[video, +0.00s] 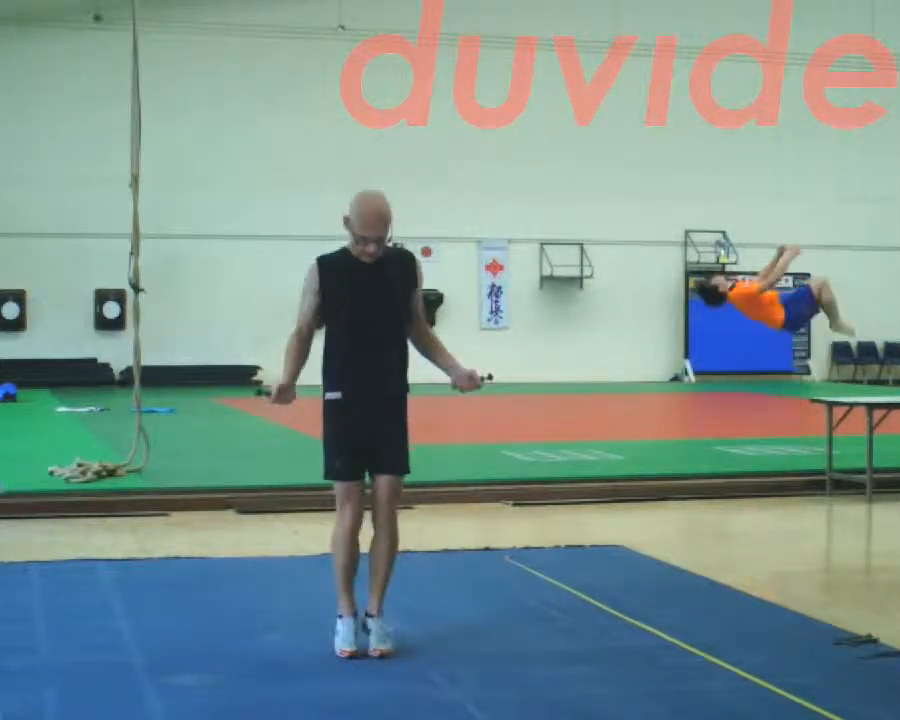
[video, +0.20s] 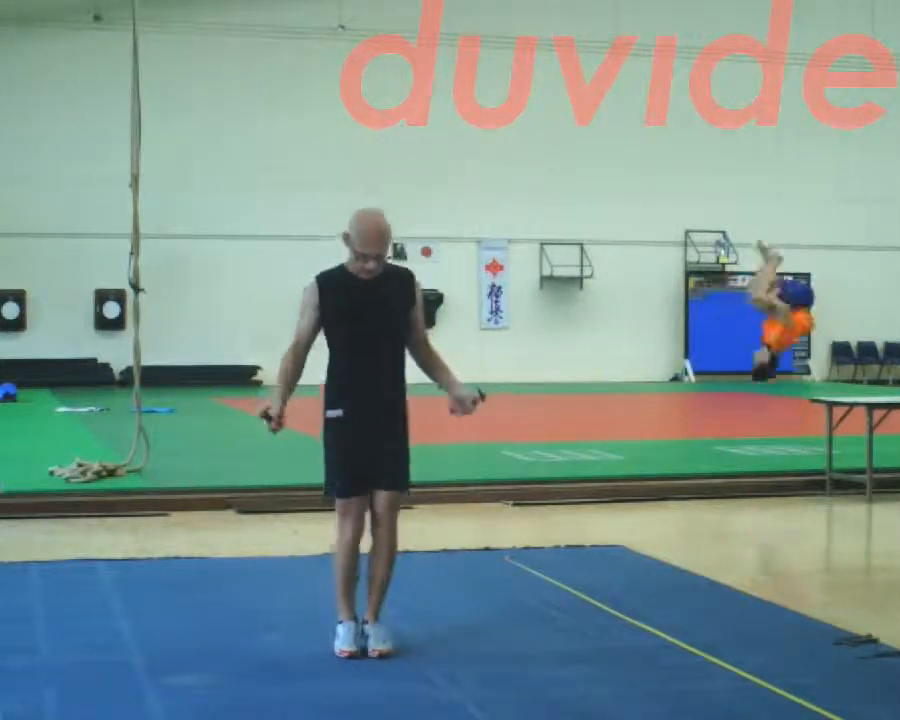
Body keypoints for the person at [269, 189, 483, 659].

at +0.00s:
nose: (371, 248)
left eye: (379, 240)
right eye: (363, 240)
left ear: (390, 228)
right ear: (347, 228)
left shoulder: (405, 266)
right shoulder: (325, 270)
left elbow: (419, 330)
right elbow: (303, 331)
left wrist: (455, 369)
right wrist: (288, 382)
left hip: (390, 400)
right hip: (343, 401)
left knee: (386, 505)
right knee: (350, 508)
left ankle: (375, 615)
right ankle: (346, 616)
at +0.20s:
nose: (371, 265)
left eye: (378, 257)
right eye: (362, 257)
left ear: (389, 246)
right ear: (346, 245)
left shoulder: (404, 283)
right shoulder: (324, 288)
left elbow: (420, 346)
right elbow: (299, 349)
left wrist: (454, 387)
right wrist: (279, 398)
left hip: (390, 410)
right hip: (345, 412)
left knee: (386, 512)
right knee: (351, 513)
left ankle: (373, 621)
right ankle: (346, 621)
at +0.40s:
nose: (374, 243)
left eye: (381, 235)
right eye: (365, 235)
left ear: (390, 224)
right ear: (349, 222)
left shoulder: (404, 262)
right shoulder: (325, 267)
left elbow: (415, 327)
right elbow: (305, 328)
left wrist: (446, 368)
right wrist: (287, 378)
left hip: (392, 396)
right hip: (345, 397)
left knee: (387, 503)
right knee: (350, 503)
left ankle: (377, 611)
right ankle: (346, 613)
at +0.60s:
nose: (372, 277)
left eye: (380, 267)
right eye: (363, 268)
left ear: (391, 256)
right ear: (347, 255)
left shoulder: (407, 297)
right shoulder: (324, 301)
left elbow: (418, 359)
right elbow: (305, 360)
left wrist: (450, 390)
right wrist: (290, 404)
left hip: (390, 425)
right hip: (344, 426)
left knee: (388, 525)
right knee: (357, 530)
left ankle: (373, 623)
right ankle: (346, 625)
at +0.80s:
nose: (373, 235)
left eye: (381, 226)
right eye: (364, 227)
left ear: (391, 217)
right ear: (349, 214)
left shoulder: (406, 257)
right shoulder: (326, 261)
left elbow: (414, 322)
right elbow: (307, 324)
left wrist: (446, 365)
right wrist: (287, 375)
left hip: (392, 390)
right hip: (347, 391)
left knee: (387, 497)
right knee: (352, 499)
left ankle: (376, 606)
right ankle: (348, 606)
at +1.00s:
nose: (371, 267)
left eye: (379, 257)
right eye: (362, 257)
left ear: (391, 251)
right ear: (347, 251)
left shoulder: (410, 296)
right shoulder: (323, 300)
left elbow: (420, 354)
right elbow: (306, 357)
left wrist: (454, 394)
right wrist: (291, 403)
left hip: (392, 424)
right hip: (345, 425)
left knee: (389, 525)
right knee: (354, 529)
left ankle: (373, 623)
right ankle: (348, 624)